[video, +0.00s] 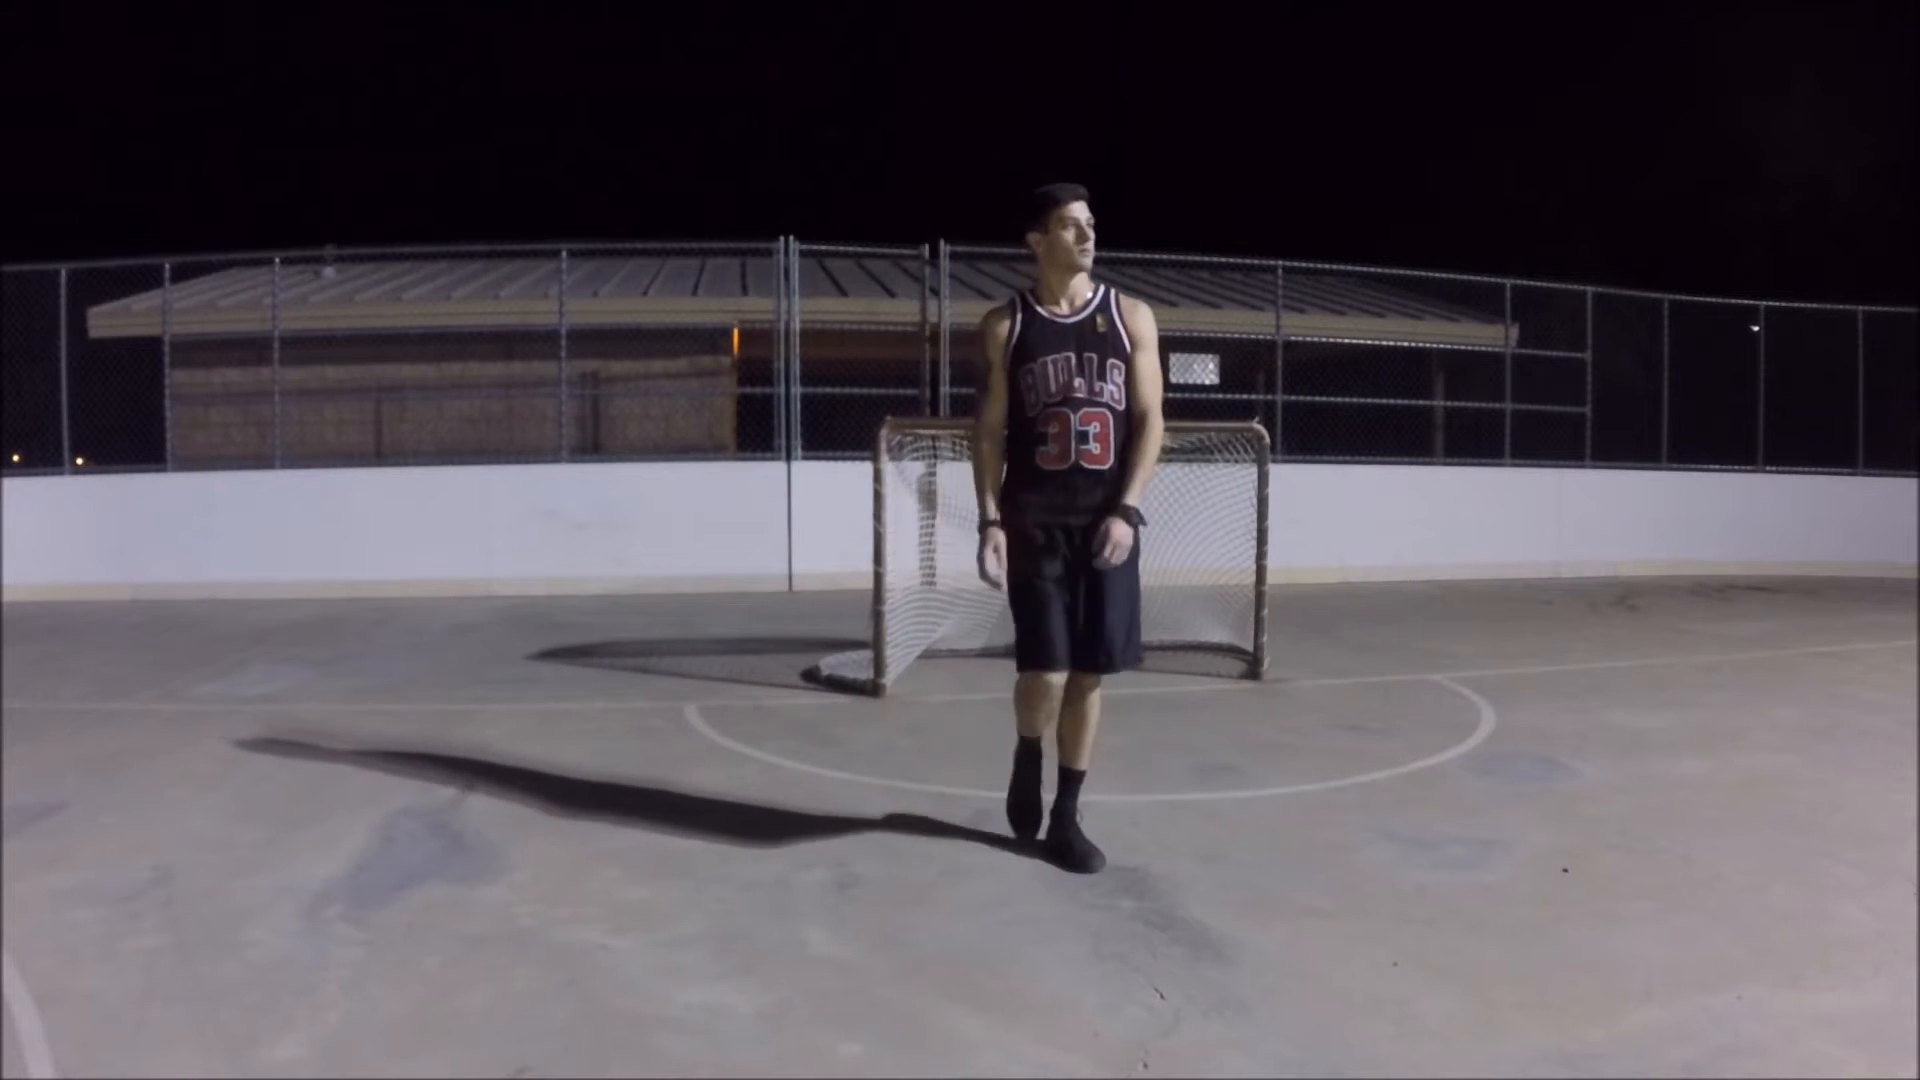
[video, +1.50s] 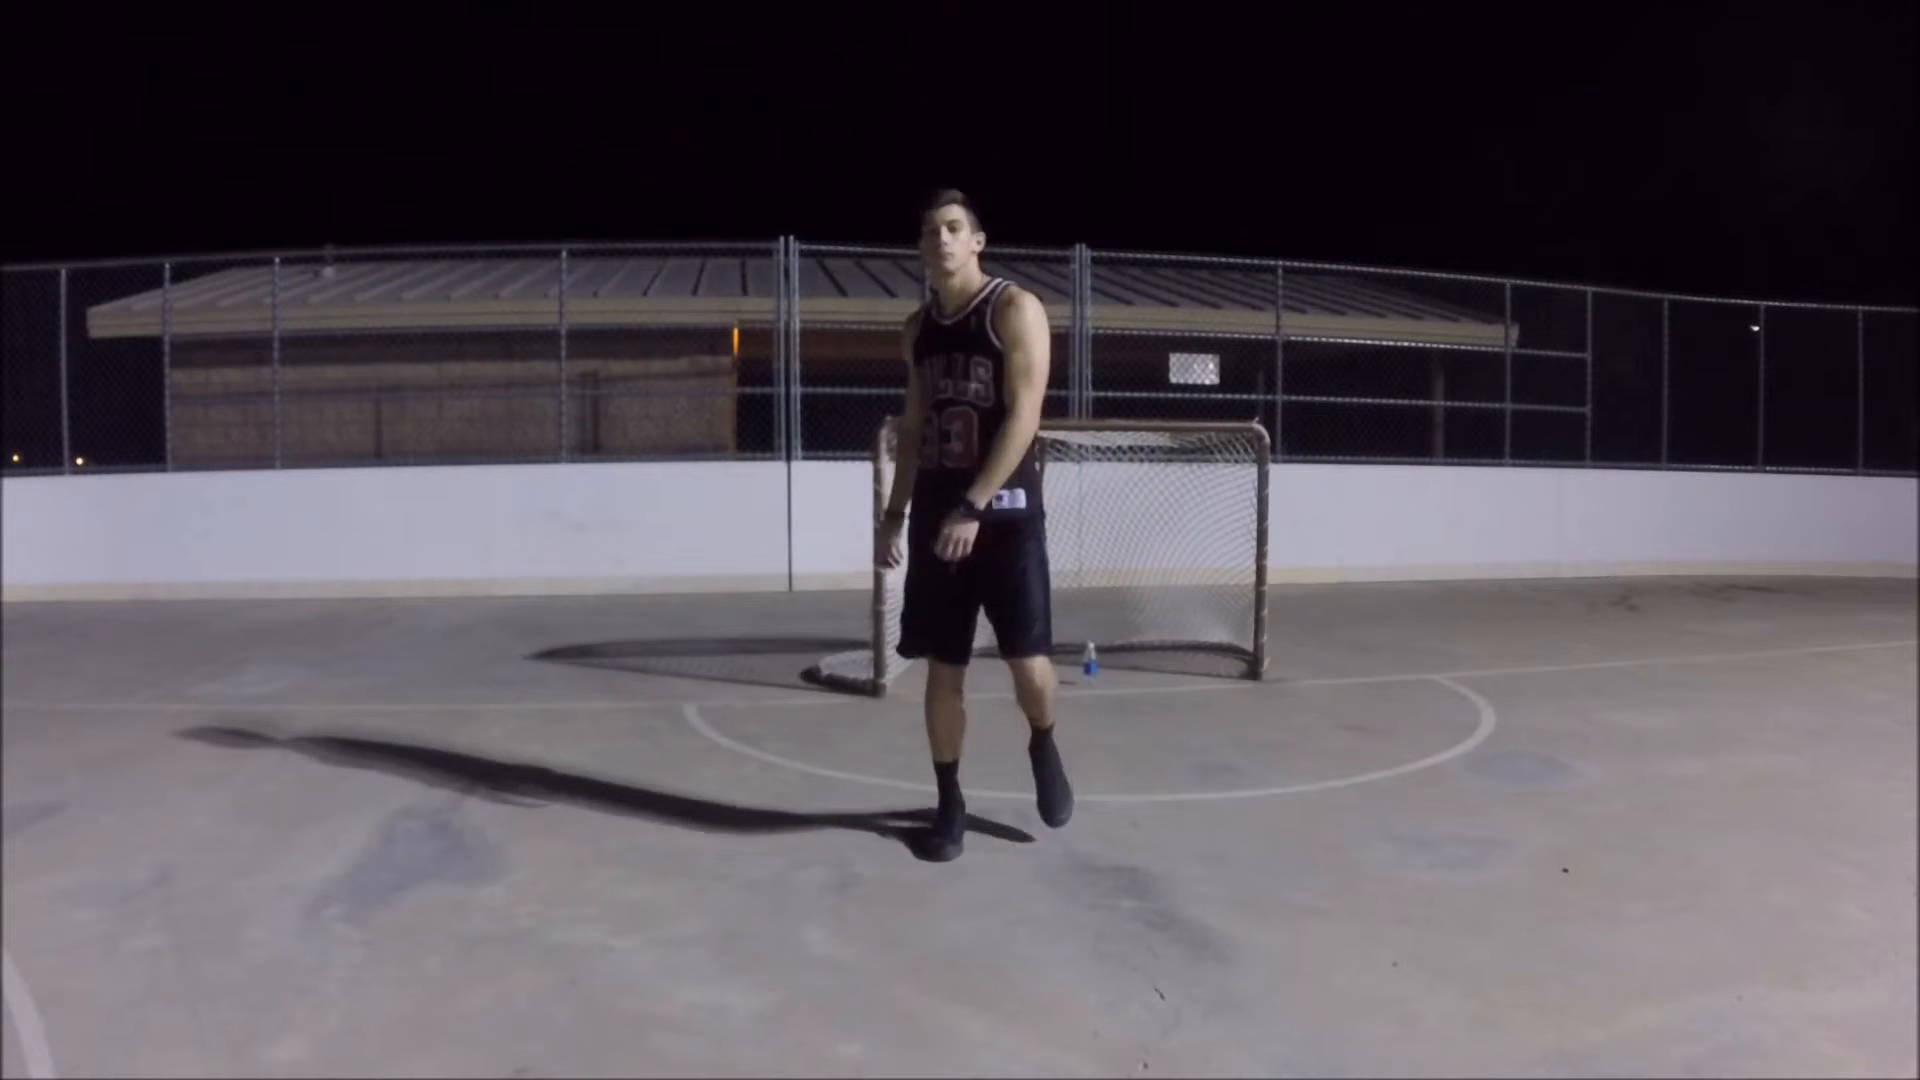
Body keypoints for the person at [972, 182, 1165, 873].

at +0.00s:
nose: (1085, 232)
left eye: (1088, 224)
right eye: (1070, 225)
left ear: (1096, 238)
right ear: (1036, 241)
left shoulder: (1132, 316)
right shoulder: (1006, 325)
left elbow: (1151, 422)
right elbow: (989, 430)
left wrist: (1127, 509)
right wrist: (991, 518)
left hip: (1107, 519)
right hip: (1034, 518)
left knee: (1088, 672)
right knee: (1044, 667)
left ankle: (1066, 817)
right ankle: (1028, 766)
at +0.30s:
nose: (1071, 238)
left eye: (1078, 226)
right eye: (1056, 230)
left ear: (1094, 235)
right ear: (1035, 245)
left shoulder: (1133, 321)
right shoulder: (1009, 321)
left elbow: (1160, 426)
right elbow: (975, 425)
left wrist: (1172, 520)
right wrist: (965, 521)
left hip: (1106, 522)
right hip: (1030, 520)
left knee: (1084, 674)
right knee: (1024, 671)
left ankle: (1065, 820)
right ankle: (987, 721)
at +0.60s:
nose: (1037, 233)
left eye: (1046, 221)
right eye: (1024, 227)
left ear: (1070, 232)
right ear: (1011, 247)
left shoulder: (1113, 320)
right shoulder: (988, 319)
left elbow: (1140, 425)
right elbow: (962, 421)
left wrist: (1150, 523)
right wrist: (963, 510)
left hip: (1083, 526)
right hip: (1006, 525)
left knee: (1073, 674)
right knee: (981, 674)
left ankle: (1063, 820)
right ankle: (949, 801)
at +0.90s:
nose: (977, 235)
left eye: (989, 222)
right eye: (968, 226)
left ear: (1016, 233)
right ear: (958, 241)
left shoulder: (1060, 315)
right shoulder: (945, 317)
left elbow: (1085, 423)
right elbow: (923, 416)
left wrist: (1067, 519)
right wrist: (923, 502)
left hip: (1032, 525)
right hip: (956, 523)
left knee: (1047, 672)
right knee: (950, 667)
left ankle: (1060, 818)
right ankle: (949, 809)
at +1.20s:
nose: (934, 243)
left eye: (946, 233)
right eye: (926, 235)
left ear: (974, 244)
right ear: (918, 250)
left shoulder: (1013, 309)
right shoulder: (923, 331)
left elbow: (1029, 416)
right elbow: (910, 429)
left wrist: (982, 507)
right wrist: (877, 517)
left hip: (1007, 508)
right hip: (939, 505)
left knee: (1010, 660)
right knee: (941, 666)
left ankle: (1032, 795)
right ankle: (949, 810)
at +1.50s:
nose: (940, 240)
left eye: (952, 229)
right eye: (930, 232)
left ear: (978, 241)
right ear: (919, 248)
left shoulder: (1018, 310)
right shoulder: (919, 325)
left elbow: (1024, 419)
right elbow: (914, 426)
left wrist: (971, 506)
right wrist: (893, 514)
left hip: (1007, 509)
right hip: (938, 508)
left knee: (1029, 664)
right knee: (944, 666)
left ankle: (1043, 746)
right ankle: (949, 806)